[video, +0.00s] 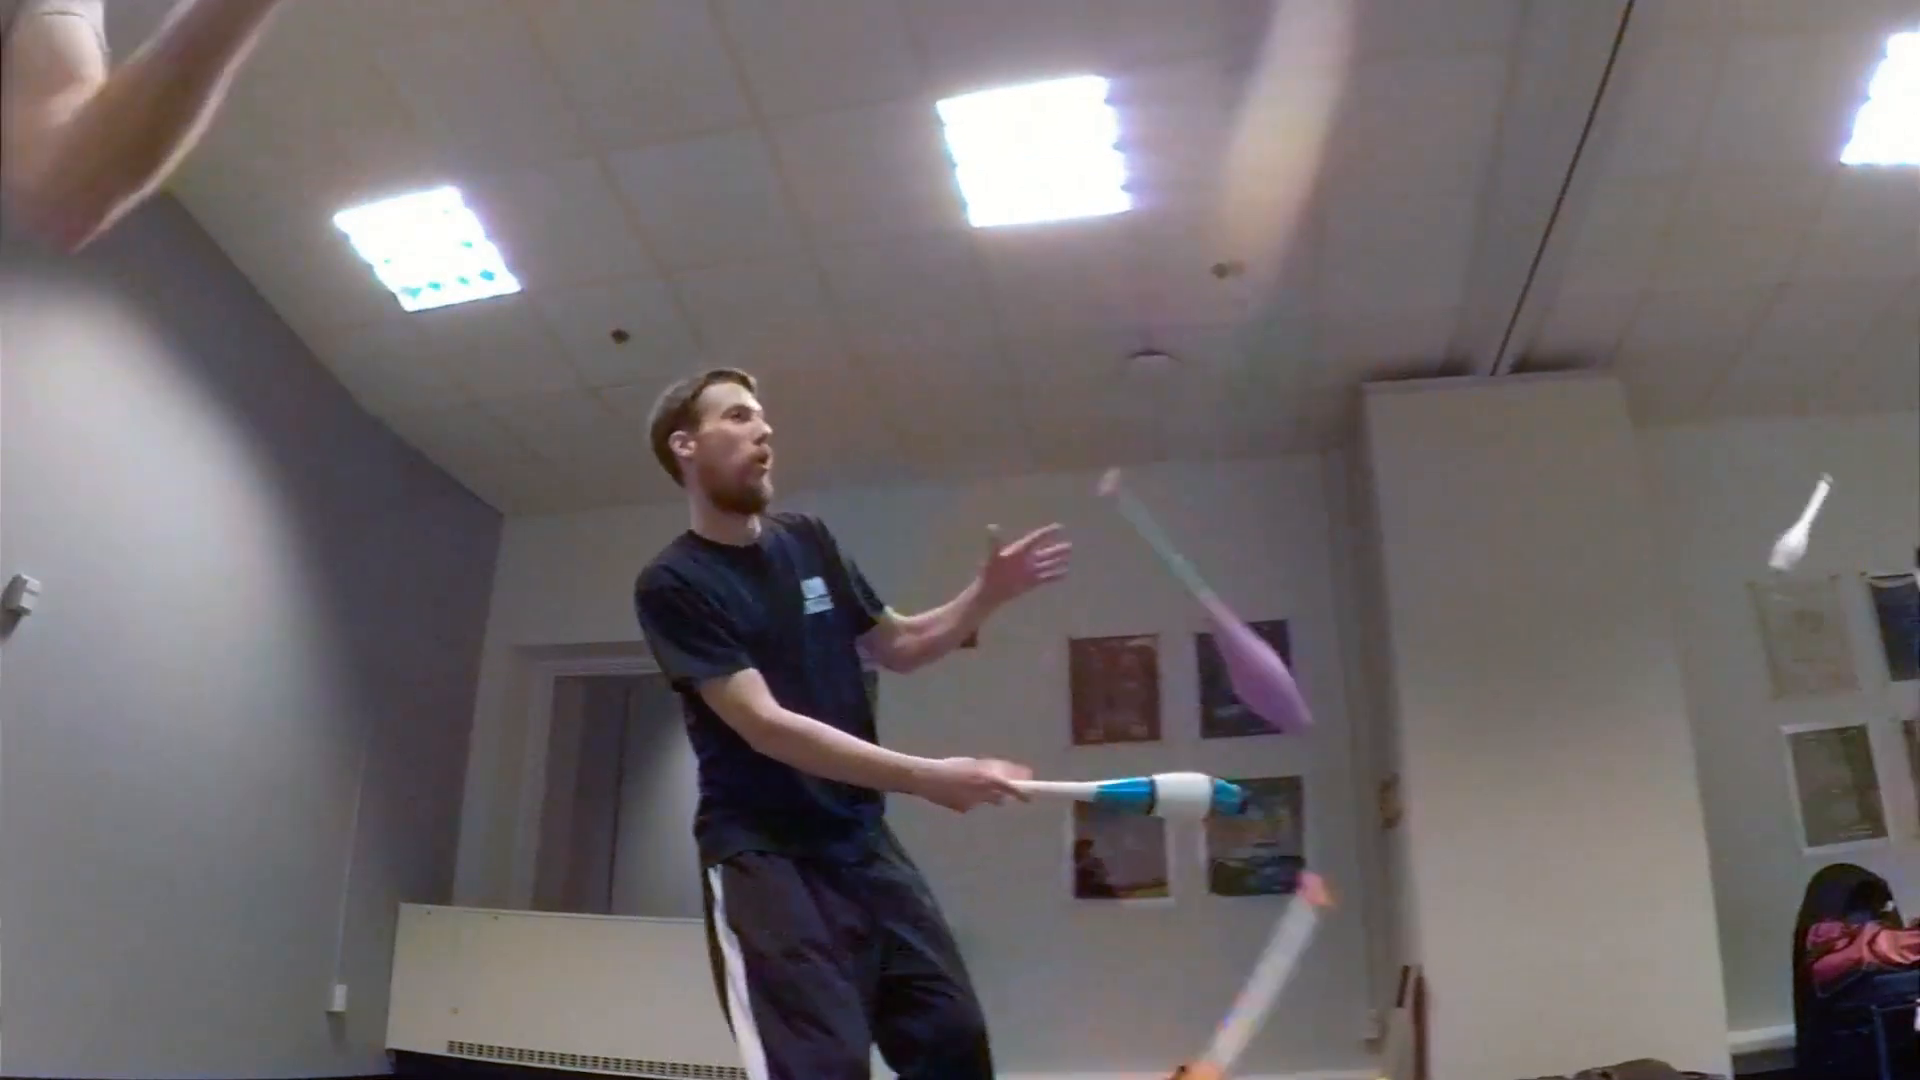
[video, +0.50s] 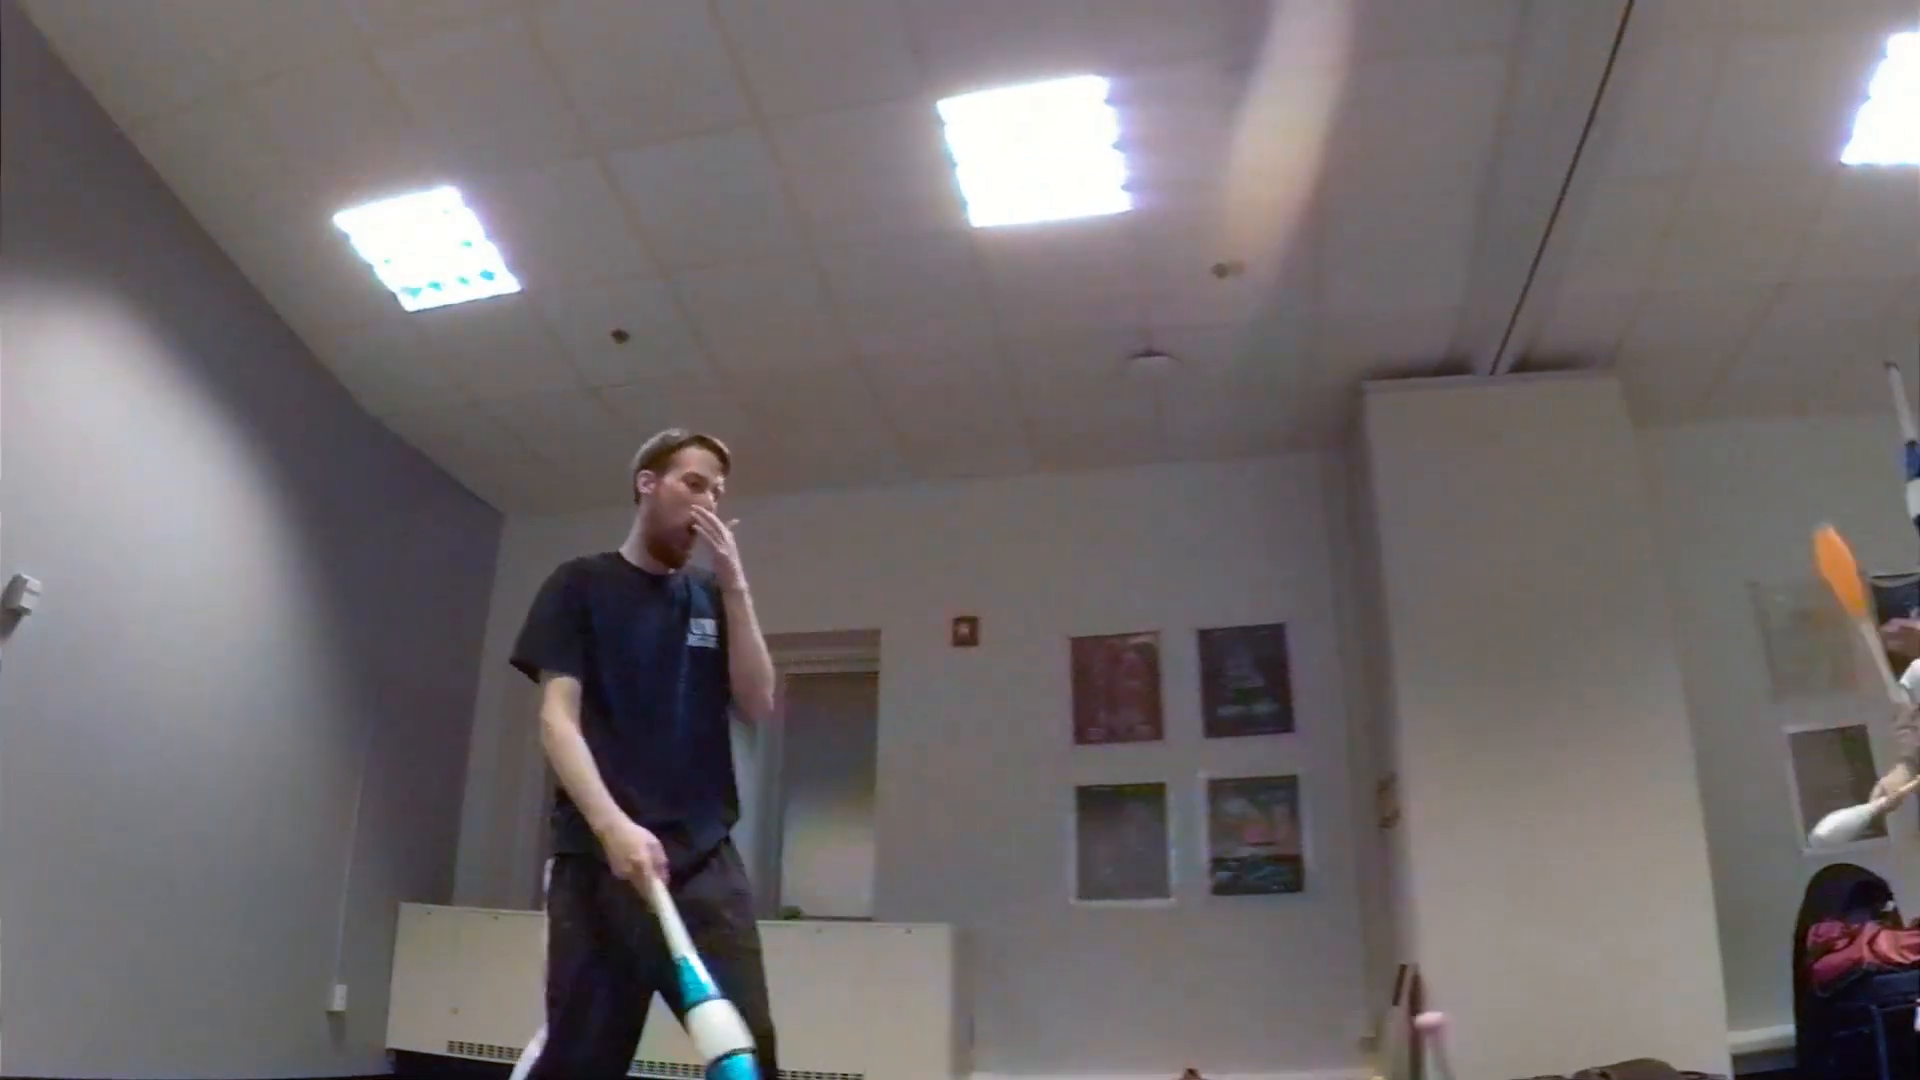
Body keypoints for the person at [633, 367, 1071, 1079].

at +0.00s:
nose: (763, 429)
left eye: (761, 416)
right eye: (736, 417)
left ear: (770, 437)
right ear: (682, 448)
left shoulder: (805, 539)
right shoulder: (674, 583)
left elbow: (893, 647)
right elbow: (761, 723)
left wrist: (985, 594)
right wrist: (926, 775)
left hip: (860, 841)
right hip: (762, 855)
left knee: (951, 1040)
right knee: (822, 1059)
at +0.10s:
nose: (750, 450)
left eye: (750, 437)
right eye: (725, 436)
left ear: (758, 455)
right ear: (672, 462)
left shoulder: (794, 552)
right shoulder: (649, 598)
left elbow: (874, 678)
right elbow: (717, 741)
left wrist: (907, 590)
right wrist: (870, 789)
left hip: (841, 857)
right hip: (743, 870)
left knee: (882, 1056)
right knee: (784, 1060)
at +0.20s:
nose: (745, 467)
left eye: (749, 456)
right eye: (724, 452)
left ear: (755, 477)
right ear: (673, 474)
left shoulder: (791, 571)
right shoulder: (640, 605)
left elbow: (863, 697)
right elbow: (676, 749)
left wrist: (836, 580)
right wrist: (807, 807)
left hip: (805, 860)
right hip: (704, 867)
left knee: (811, 1061)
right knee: (719, 1057)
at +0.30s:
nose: (744, 484)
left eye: (751, 474)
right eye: (725, 469)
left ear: (758, 492)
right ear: (675, 481)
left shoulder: (772, 583)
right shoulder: (625, 602)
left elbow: (837, 693)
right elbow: (640, 744)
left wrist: (791, 569)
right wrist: (746, 822)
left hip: (776, 865)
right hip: (667, 869)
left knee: (800, 1050)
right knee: (666, 1039)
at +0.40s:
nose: (728, 492)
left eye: (738, 482)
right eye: (714, 475)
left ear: (744, 500)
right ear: (667, 480)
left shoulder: (747, 591)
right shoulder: (606, 589)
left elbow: (798, 696)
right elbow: (598, 728)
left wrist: (760, 568)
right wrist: (677, 823)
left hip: (745, 861)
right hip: (637, 861)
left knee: (774, 1051)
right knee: (624, 1055)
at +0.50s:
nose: (707, 501)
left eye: (716, 491)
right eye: (693, 483)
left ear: (720, 507)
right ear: (646, 485)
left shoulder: (715, 599)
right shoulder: (581, 583)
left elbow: (759, 705)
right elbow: (556, 721)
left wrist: (733, 582)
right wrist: (614, 828)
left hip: (706, 866)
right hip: (601, 865)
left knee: (748, 1051)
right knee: (584, 1057)